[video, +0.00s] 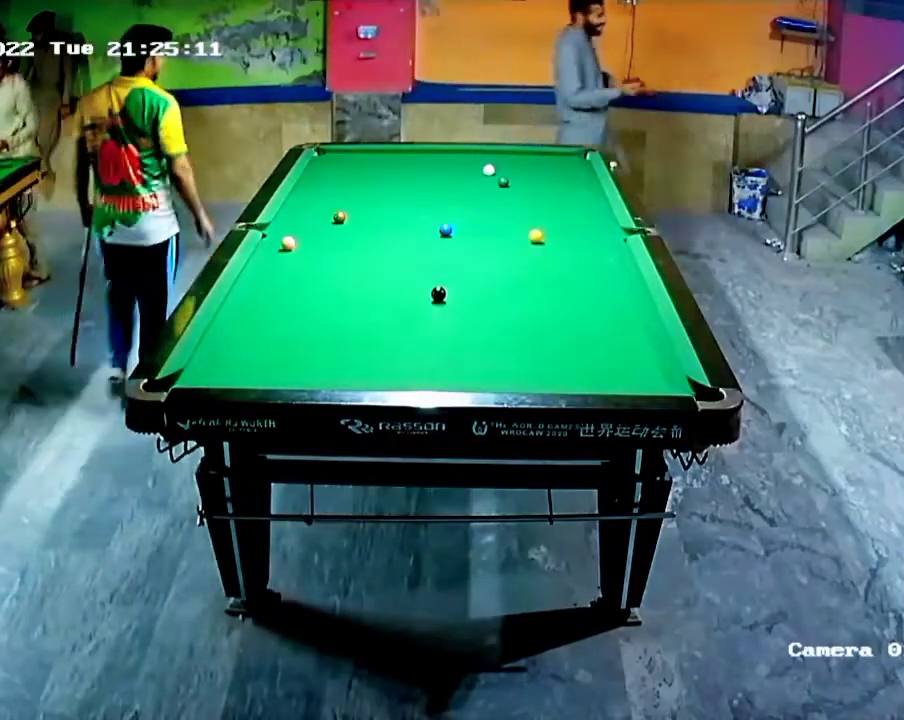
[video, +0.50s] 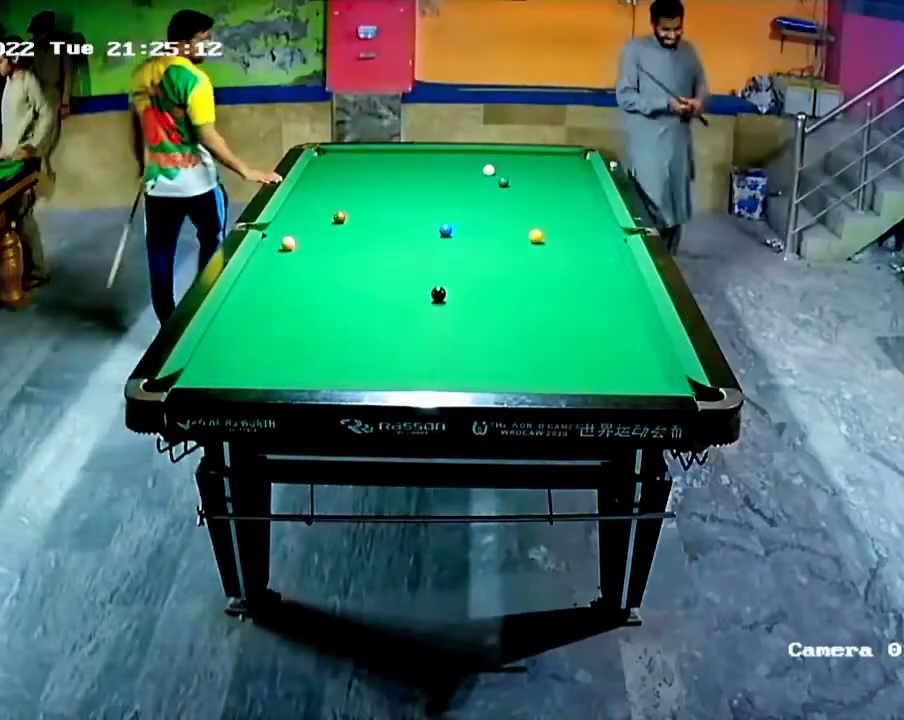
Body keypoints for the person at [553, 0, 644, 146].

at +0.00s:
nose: (603, 21)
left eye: (603, 15)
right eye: (598, 16)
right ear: (579, 17)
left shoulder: (583, 39)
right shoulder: (570, 43)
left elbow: (592, 77)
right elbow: (573, 98)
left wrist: (621, 85)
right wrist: (619, 92)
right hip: (578, 136)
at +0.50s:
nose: (672, 36)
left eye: (677, 29)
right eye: (665, 30)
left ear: (683, 24)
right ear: (653, 25)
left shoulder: (687, 51)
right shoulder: (635, 49)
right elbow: (625, 97)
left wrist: (697, 103)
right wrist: (668, 104)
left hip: (679, 143)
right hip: (648, 144)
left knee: (678, 209)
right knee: (652, 206)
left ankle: (667, 264)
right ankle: (649, 268)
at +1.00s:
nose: (665, 43)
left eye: (671, 36)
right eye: (662, 36)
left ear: (689, 35)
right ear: (659, 34)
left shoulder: (713, 70)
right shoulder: (651, 64)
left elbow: (724, 108)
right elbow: (636, 105)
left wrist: (719, 131)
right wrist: (619, 135)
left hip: (692, 160)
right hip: (653, 158)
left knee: (698, 225)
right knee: (654, 225)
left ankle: (696, 298)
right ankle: (652, 292)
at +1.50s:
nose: (661, 36)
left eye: (667, 30)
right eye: (661, 30)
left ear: (689, 34)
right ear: (673, 33)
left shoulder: (721, 75)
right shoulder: (664, 66)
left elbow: (733, 129)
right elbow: (660, 115)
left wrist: (711, 163)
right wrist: (631, 133)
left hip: (691, 179)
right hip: (657, 173)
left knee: (689, 255)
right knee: (650, 247)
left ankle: (689, 323)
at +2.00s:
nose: (645, 38)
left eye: (651, 31)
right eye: (646, 31)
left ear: (671, 35)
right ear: (667, 35)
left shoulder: (703, 78)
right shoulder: (655, 67)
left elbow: (716, 137)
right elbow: (643, 106)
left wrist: (711, 189)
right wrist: (615, 100)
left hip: (669, 181)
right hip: (636, 170)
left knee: (665, 250)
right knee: (633, 242)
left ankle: (670, 308)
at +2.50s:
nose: (649, 41)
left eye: (655, 34)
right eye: (647, 34)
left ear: (676, 34)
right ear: (645, 35)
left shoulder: (703, 77)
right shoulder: (644, 67)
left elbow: (709, 133)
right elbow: (618, 107)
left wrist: (705, 182)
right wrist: (601, 82)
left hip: (674, 175)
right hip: (636, 169)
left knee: (671, 243)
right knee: (634, 238)